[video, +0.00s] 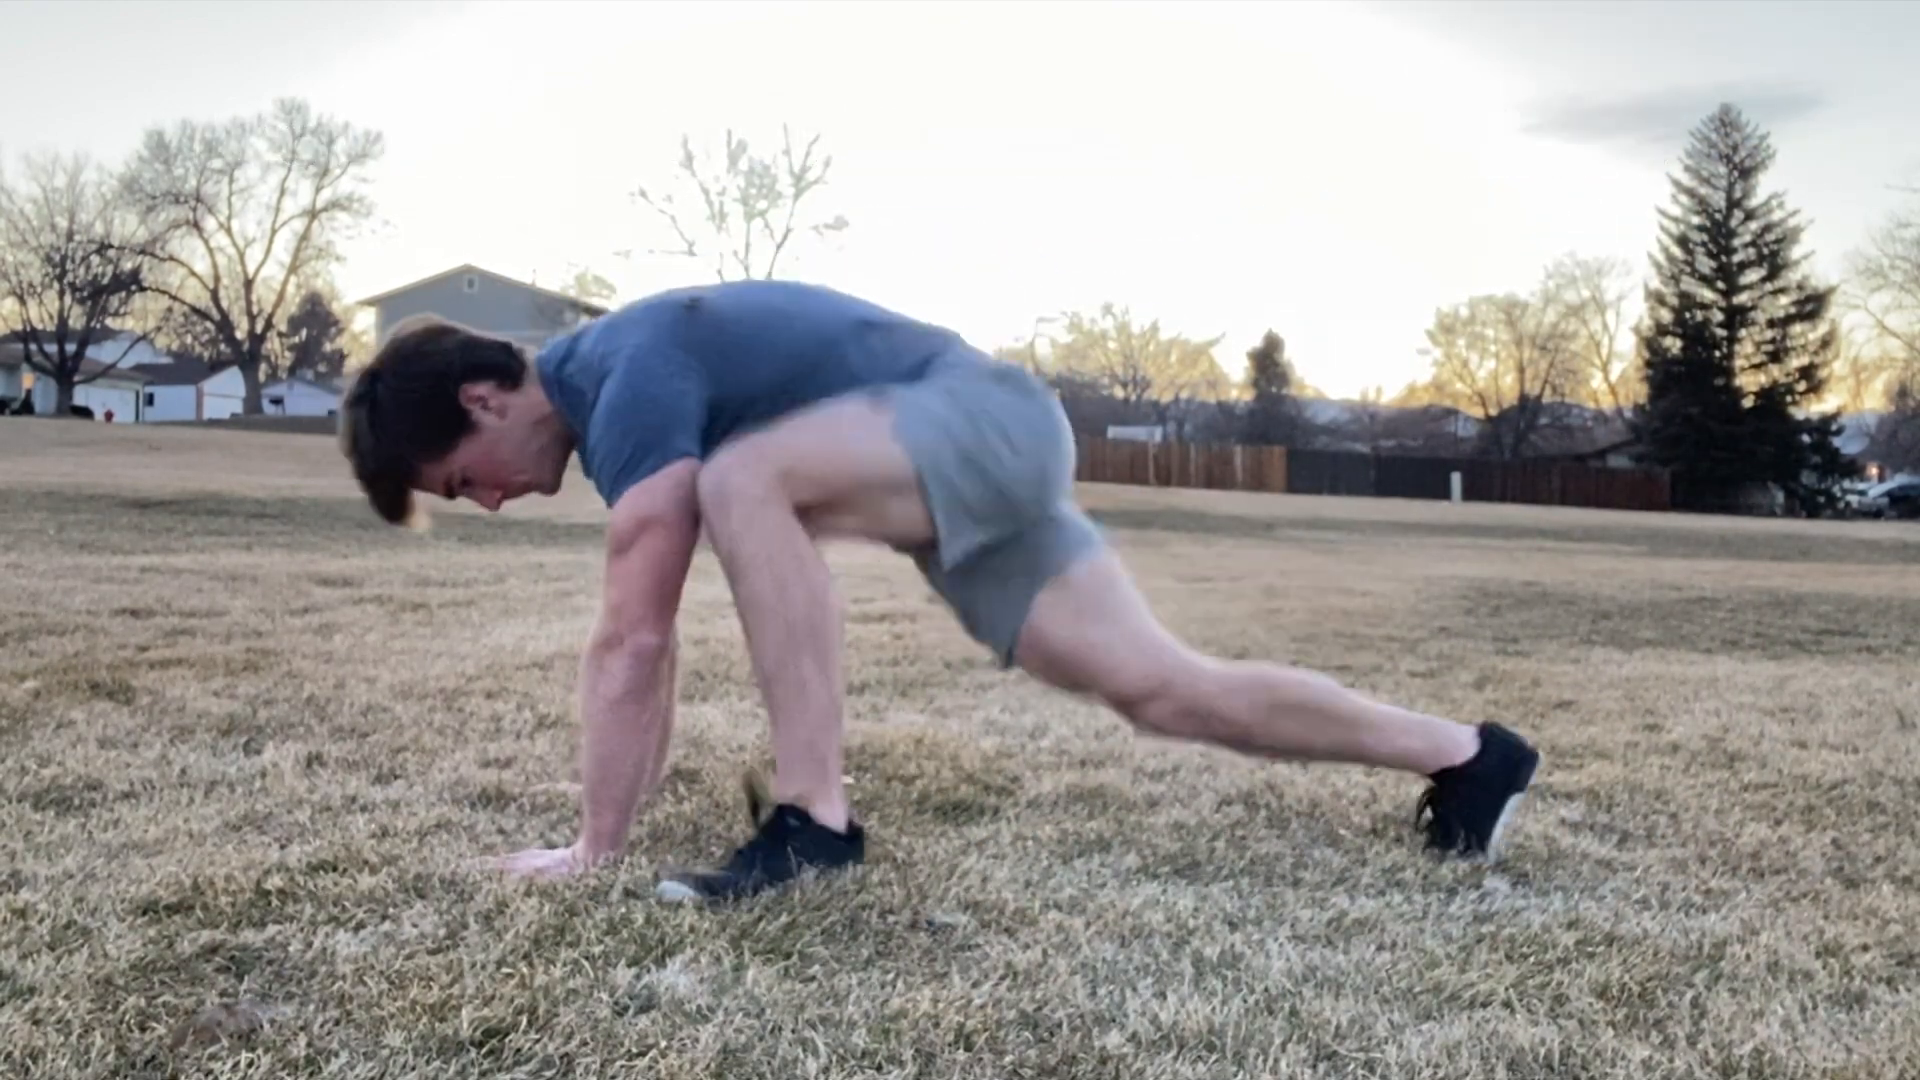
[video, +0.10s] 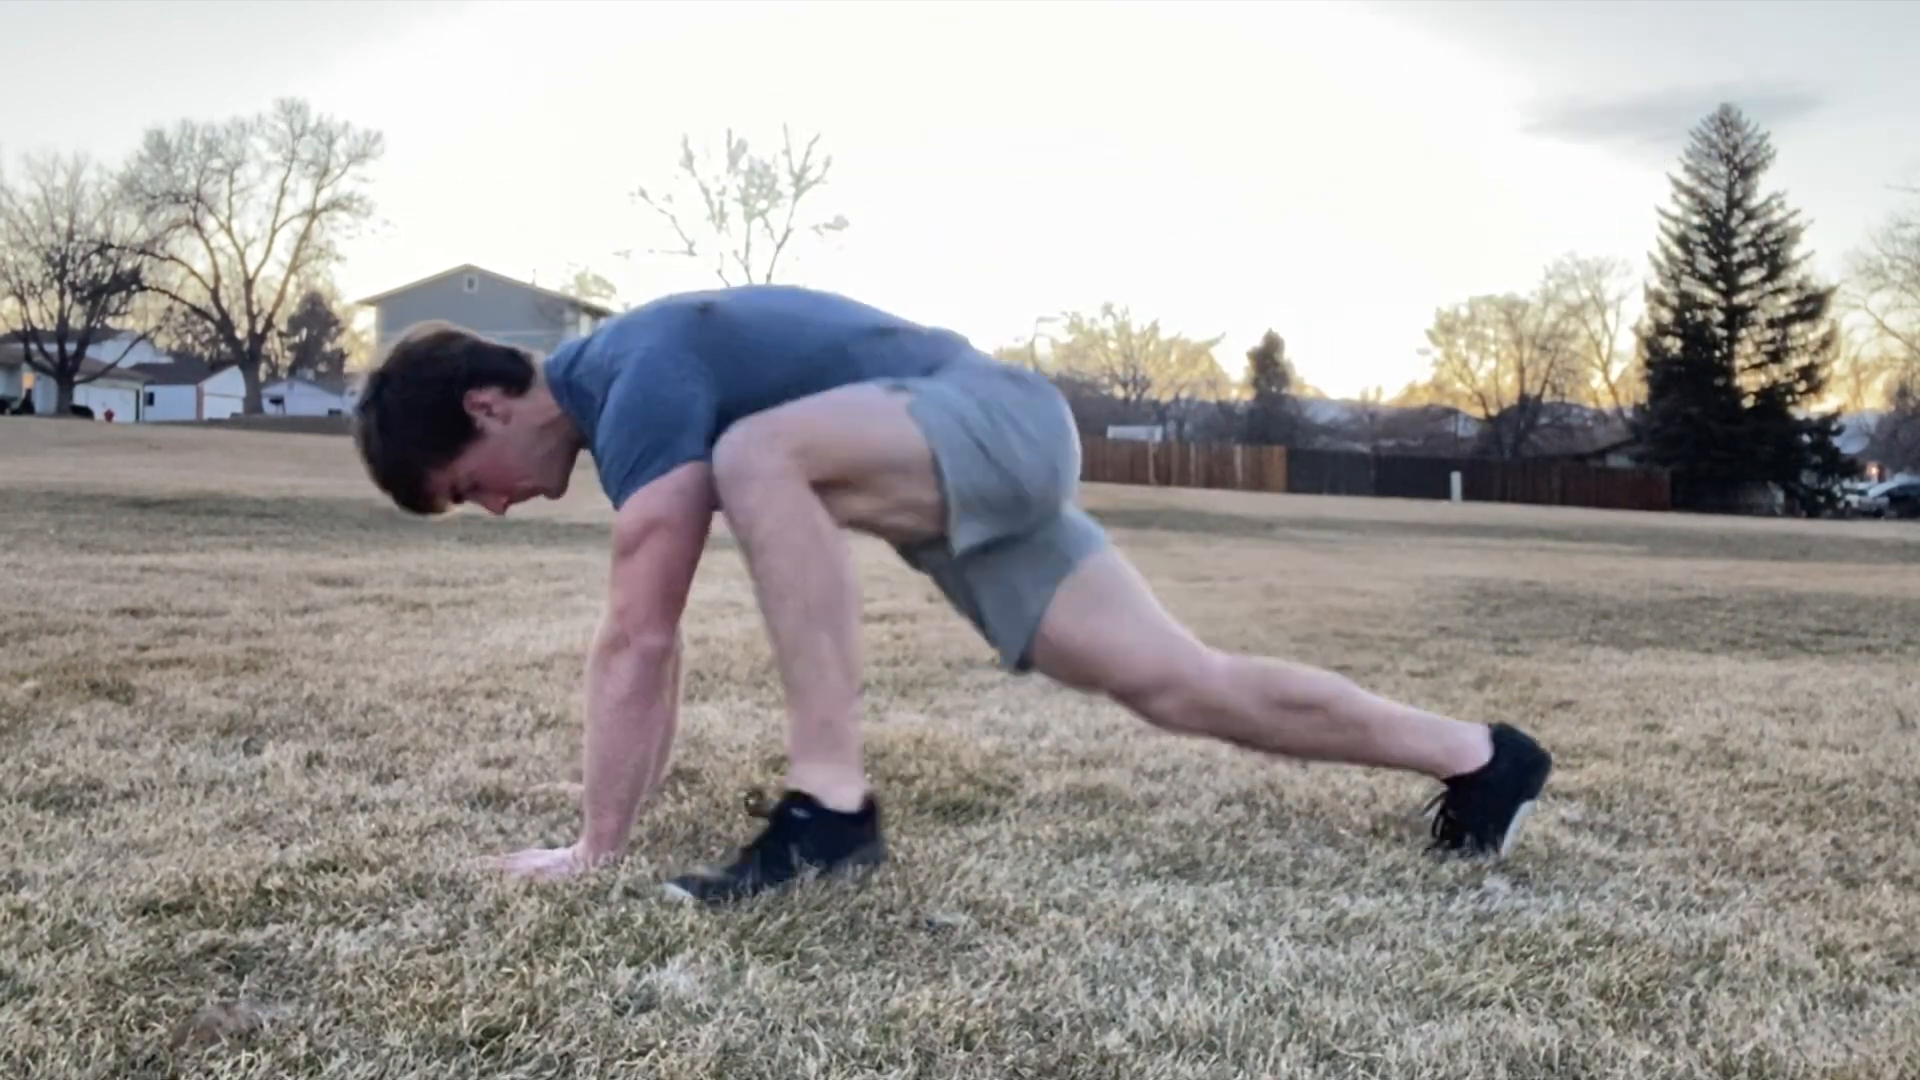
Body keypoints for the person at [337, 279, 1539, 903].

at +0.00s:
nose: (486, 501)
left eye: (462, 478)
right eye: (461, 494)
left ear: (488, 401)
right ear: (493, 402)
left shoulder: (637, 370)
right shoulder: (613, 410)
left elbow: (630, 631)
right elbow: (636, 639)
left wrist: (590, 845)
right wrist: (609, 835)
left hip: (986, 412)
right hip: (976, 488)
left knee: (744, 482)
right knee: (1165, 687)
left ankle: (814, 817)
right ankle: (1469, 754)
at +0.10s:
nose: (494, 507)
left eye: (470, 485)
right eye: (469, 500)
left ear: (492, 410)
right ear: (498, 412)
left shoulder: (646, 370)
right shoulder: (622, 415)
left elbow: (636, 631)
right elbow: (644, 640)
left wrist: (590, 838)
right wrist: (607, 828)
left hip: (998, 415)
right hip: (975, 499)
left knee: (757, 458)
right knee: (1171, 678)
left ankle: (832, 802)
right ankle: (1483, 757)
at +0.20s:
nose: (474, 522)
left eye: (452, 500)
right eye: (448, 517)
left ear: (467, 420)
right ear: (471, 423)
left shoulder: (611, 370)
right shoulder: (591, 396)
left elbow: (625, 641)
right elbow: (633, 627)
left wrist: (595, 848)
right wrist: (626, 796)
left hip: (964, 329)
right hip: (972, 382)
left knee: (798, 473)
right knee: (1145, 606)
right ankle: (1420, 723)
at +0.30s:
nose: (474, 527)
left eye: (448, 509)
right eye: (448, 521)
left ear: (459, 432)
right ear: (465, 421)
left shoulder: (590, 381)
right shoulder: (581, 380)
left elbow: (616, 630)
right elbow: (642, 598)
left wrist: (591, 850)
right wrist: (653, 762)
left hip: (934, 278)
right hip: (942, 284)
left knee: (928, 586)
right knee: (975, 572)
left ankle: (1253, 628)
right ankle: (1252, 631)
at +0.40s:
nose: (469, 522)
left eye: (441, 504)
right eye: (439, 517)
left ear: (453, 431)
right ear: (460, 421)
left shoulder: (577, 375)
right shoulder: (587, 377)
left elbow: (610, 621)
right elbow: (643, 608)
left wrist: (594, 841)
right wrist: (636, 788)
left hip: (938, 314)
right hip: (898, 345)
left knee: (1101, 628)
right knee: (851, 524)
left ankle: (1419, 584)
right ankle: (1070, 660)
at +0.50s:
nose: (457, 500)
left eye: (434, 476)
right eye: (432, 493)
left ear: (454, 399)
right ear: (463, 398)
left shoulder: (570, 379)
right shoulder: (598, 371)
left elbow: (617, 607)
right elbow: (647, 619)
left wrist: (598, 838)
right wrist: (632, 804)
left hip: (937, 419)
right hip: (908, 409)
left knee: (1202, 640)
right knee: (757, 469)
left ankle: (1514, 692)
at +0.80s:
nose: (465, 517)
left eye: (440, 494)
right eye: (439, 512)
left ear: (457, 416)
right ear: (466, 420)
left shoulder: (567, 378)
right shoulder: (607, 385)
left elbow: (598, 620)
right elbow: (646, 618)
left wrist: (596, 849)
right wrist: (646, 784)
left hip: (937, 375)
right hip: (899, 391)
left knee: (1172, 627)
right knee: (809, 512)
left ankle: (1470, 727)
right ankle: (975, 707)